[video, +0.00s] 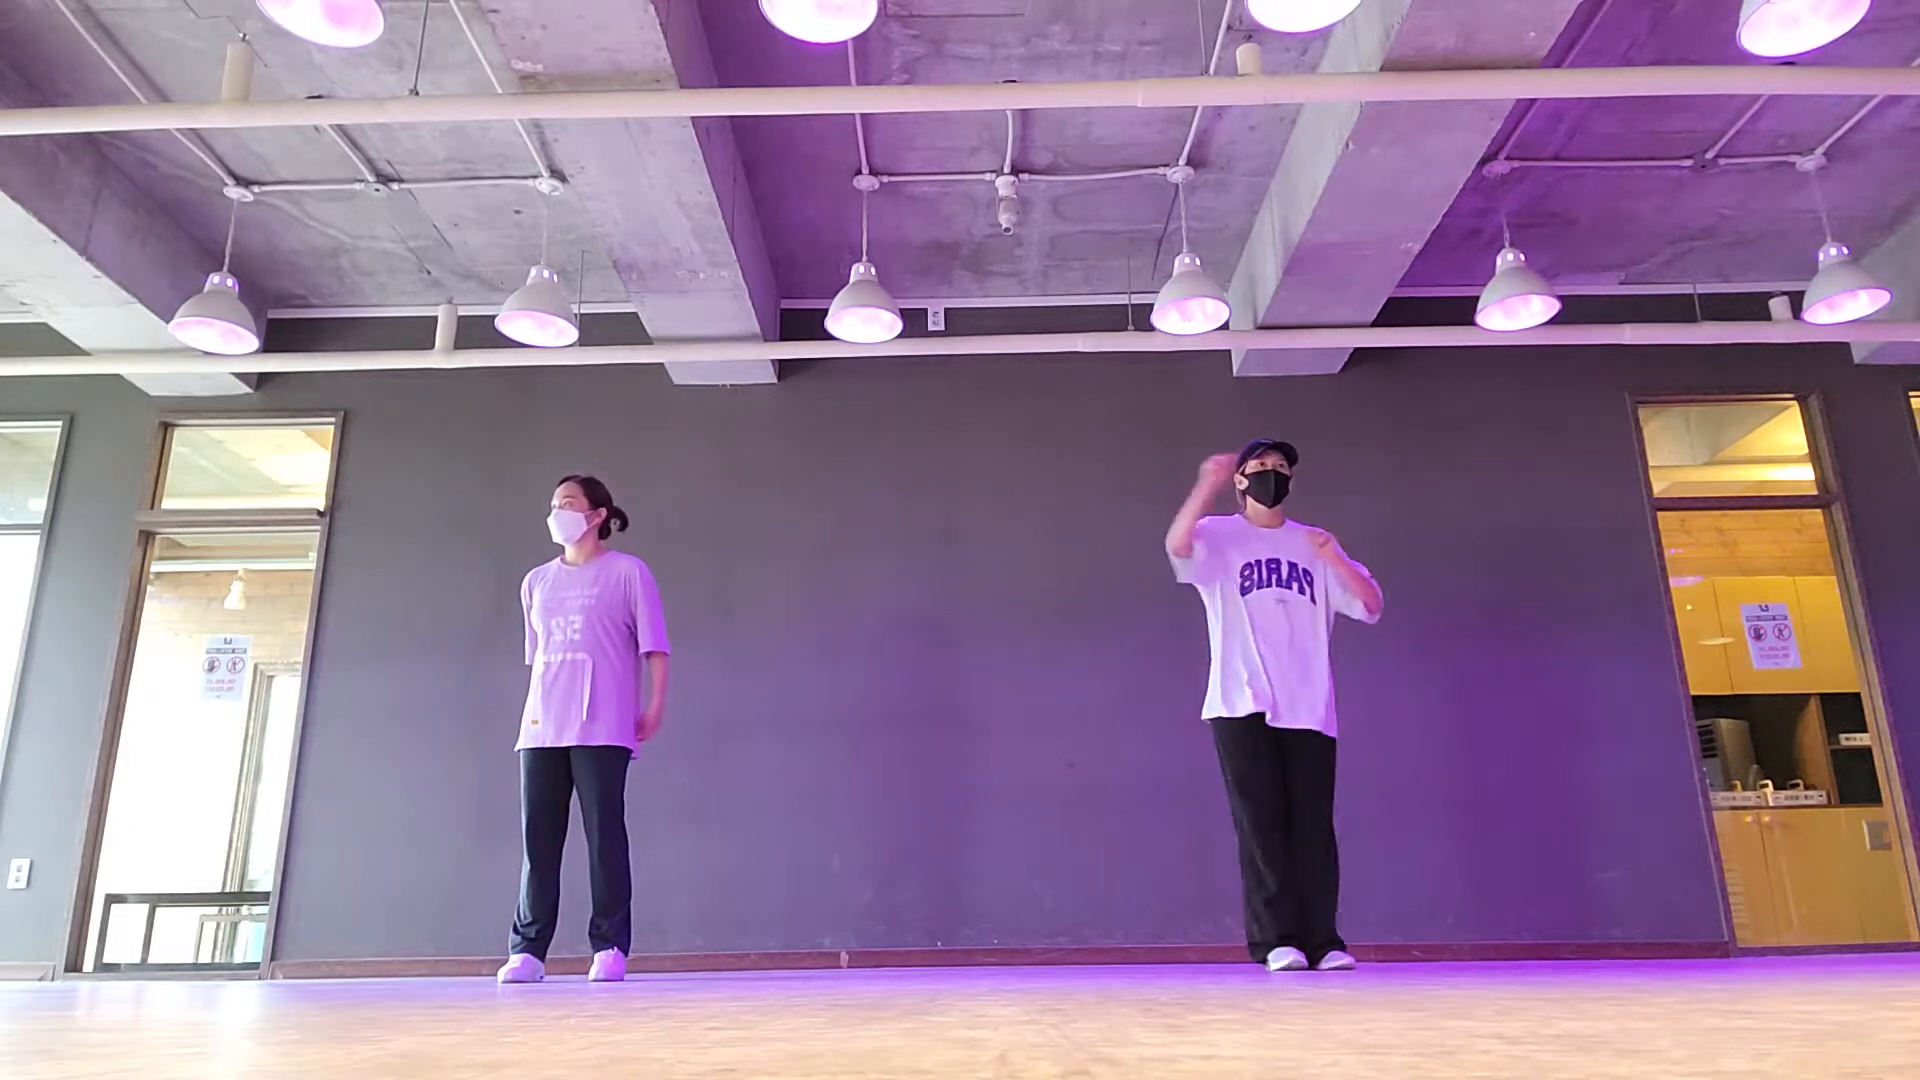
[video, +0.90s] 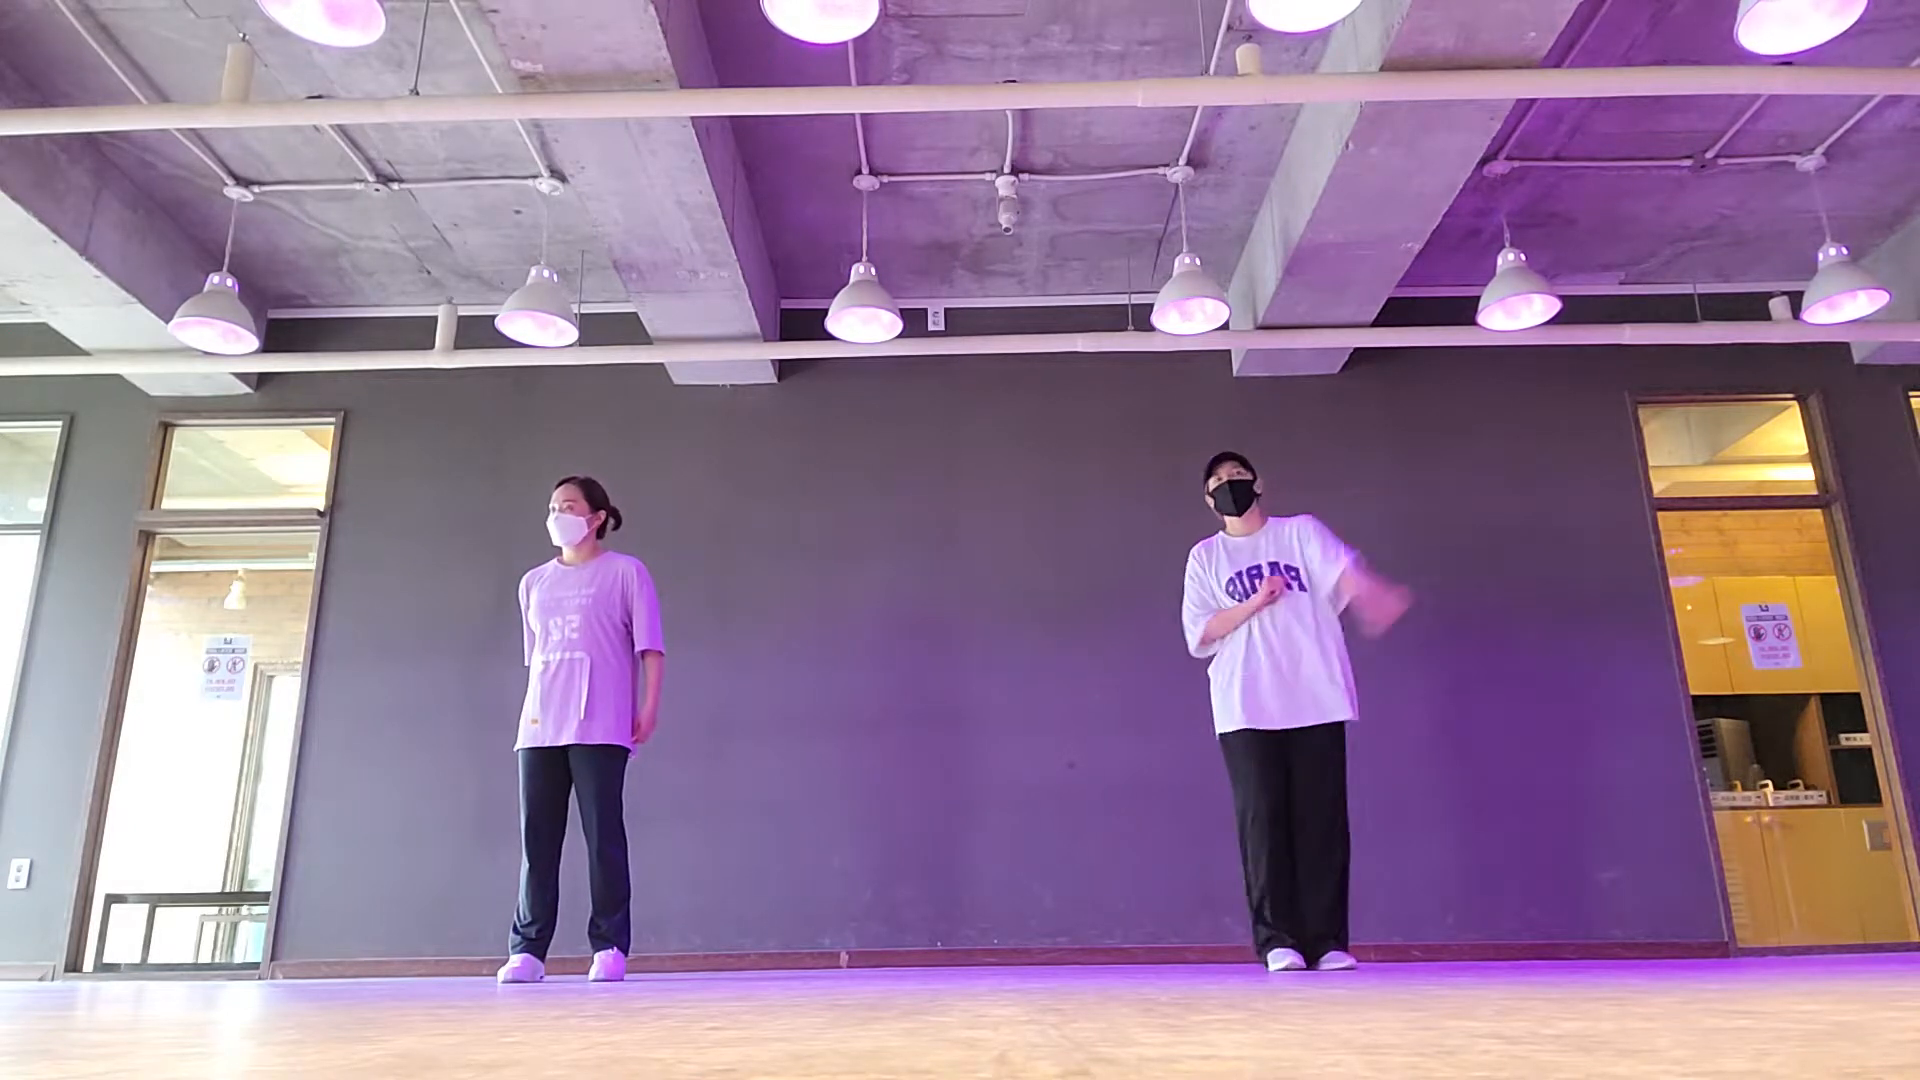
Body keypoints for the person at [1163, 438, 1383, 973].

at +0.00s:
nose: (1270, 478)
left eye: (1279, 472)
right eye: (1259, 471)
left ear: (1291, 482)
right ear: (1240, 482)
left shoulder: (1315, 544)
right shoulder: (1219, 536)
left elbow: (1371, 606)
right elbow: (1178, 546)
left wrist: (1335, 556)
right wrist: (1207, 486)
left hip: (1308, 704)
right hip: (1242, 703)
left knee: (1314, 824)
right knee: (1262, 825)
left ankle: (1323, 942)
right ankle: (1276, 945)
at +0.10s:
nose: (1271, 479)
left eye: (1280, 472)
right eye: (1261, 471)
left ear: (1292, 483)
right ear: (1241, 482)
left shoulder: (1318, 545)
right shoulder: (1218, 532)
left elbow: (1372, 609)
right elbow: (1175, 556)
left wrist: (1345, 554)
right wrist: (1170, 514)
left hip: (1310, 705)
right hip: (1244, 703)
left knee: (1314, 825)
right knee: (1261, 827)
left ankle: (1321, 942)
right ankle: (1272, 944)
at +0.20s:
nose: (1271, 484)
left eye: (1281, 477)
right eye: (1260, 475)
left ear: (1292, 487)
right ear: (1240, 485)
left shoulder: (1316, 548)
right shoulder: (1216, 535)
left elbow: (1363, 615)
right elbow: (1174, 569)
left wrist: (1344, 551)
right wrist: (1159, 561)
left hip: (1314, 707)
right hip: (1245, 706)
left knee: (1317, 825)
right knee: (1262, 821)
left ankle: (1323, 943)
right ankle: (1272, 945)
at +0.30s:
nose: (1271, 489)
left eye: (1280, 482)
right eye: (1260, 481)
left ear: (1290, 494)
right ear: (1240, 492)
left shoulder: (1315, 555)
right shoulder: (1215, 545)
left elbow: (1364, 615)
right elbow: (1179, 604)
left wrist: (1348, 550)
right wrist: (1185, 634)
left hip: (1317, 715)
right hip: (1249, 713)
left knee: (1332, 832)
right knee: (1267, 831)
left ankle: (1325, 943)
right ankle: (1275, 946)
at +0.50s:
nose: (1254, 479)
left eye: (1263, 471)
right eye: (1243, 473)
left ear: (1277, 482)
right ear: (1226, 486)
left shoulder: (1318, 536)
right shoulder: (1210, 543)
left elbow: (1389, 552)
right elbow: (1196, 618)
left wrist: (1377, 486)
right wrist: (1220, 650)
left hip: (1317, 706)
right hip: (1248, 710)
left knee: (1324, 826)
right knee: (1265, 830)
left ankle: (1329, 944)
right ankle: (1280, 946)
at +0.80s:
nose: (1233, 478)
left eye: (1242, 470)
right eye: (1222, 474)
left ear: (1260, 482)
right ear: (1211, 494)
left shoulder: (1304, 527)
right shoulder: (1205, 554)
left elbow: (1369, 524)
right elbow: (1186, 630)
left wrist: (1436, 517)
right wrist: (1242, 609)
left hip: (1313, 703)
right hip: (1245, 713)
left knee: (1318, 823)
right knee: (1261, 826)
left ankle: (1324, 942)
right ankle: (1276, 943)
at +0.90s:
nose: (1231, 489)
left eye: (1239, 479)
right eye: (1219, 485)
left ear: (1257, 486)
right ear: (1209, 499)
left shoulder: (1303, 532)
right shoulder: (1204, 556)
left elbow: (1348, 577)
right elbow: (1199, 636)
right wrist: (1254, 604)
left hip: (1316, 705)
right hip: (1247, 713)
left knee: (1322, 822)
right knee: (1264, 825)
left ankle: (1327, 944)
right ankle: (1277, 943)